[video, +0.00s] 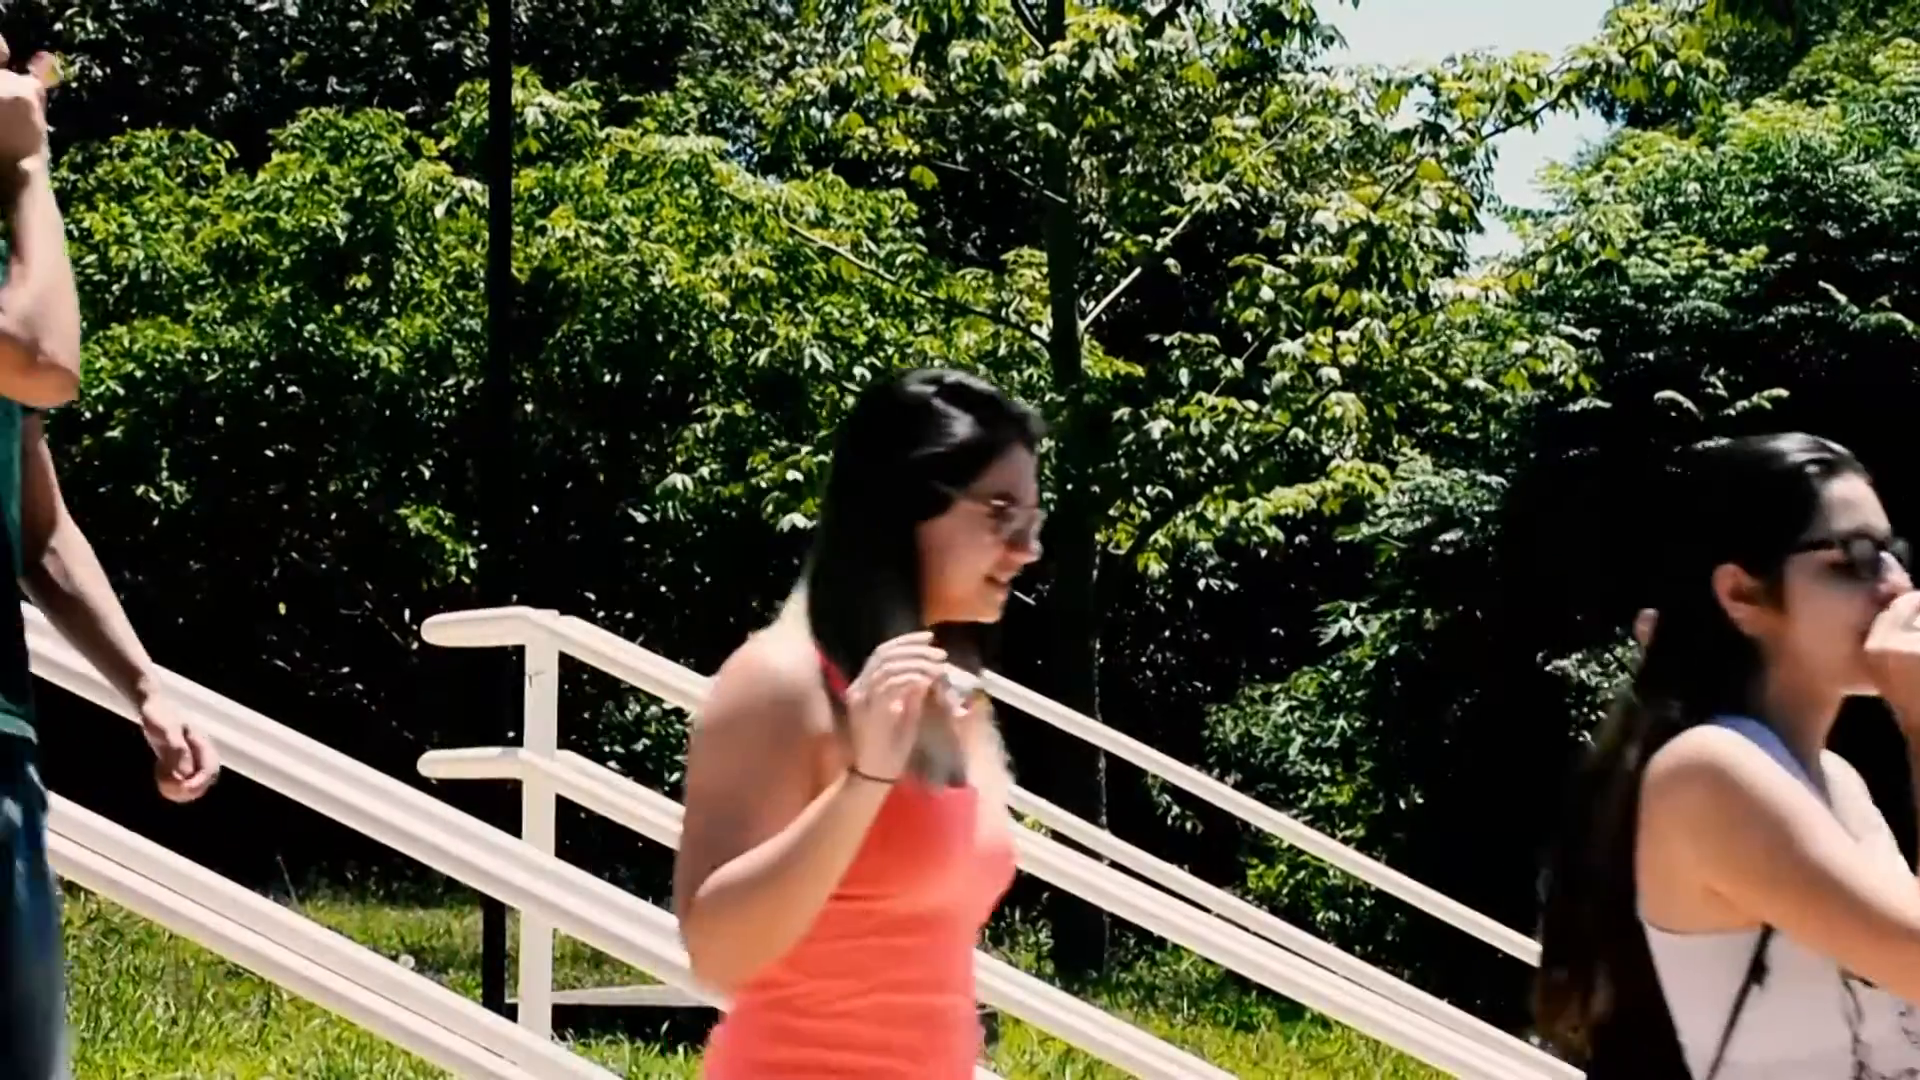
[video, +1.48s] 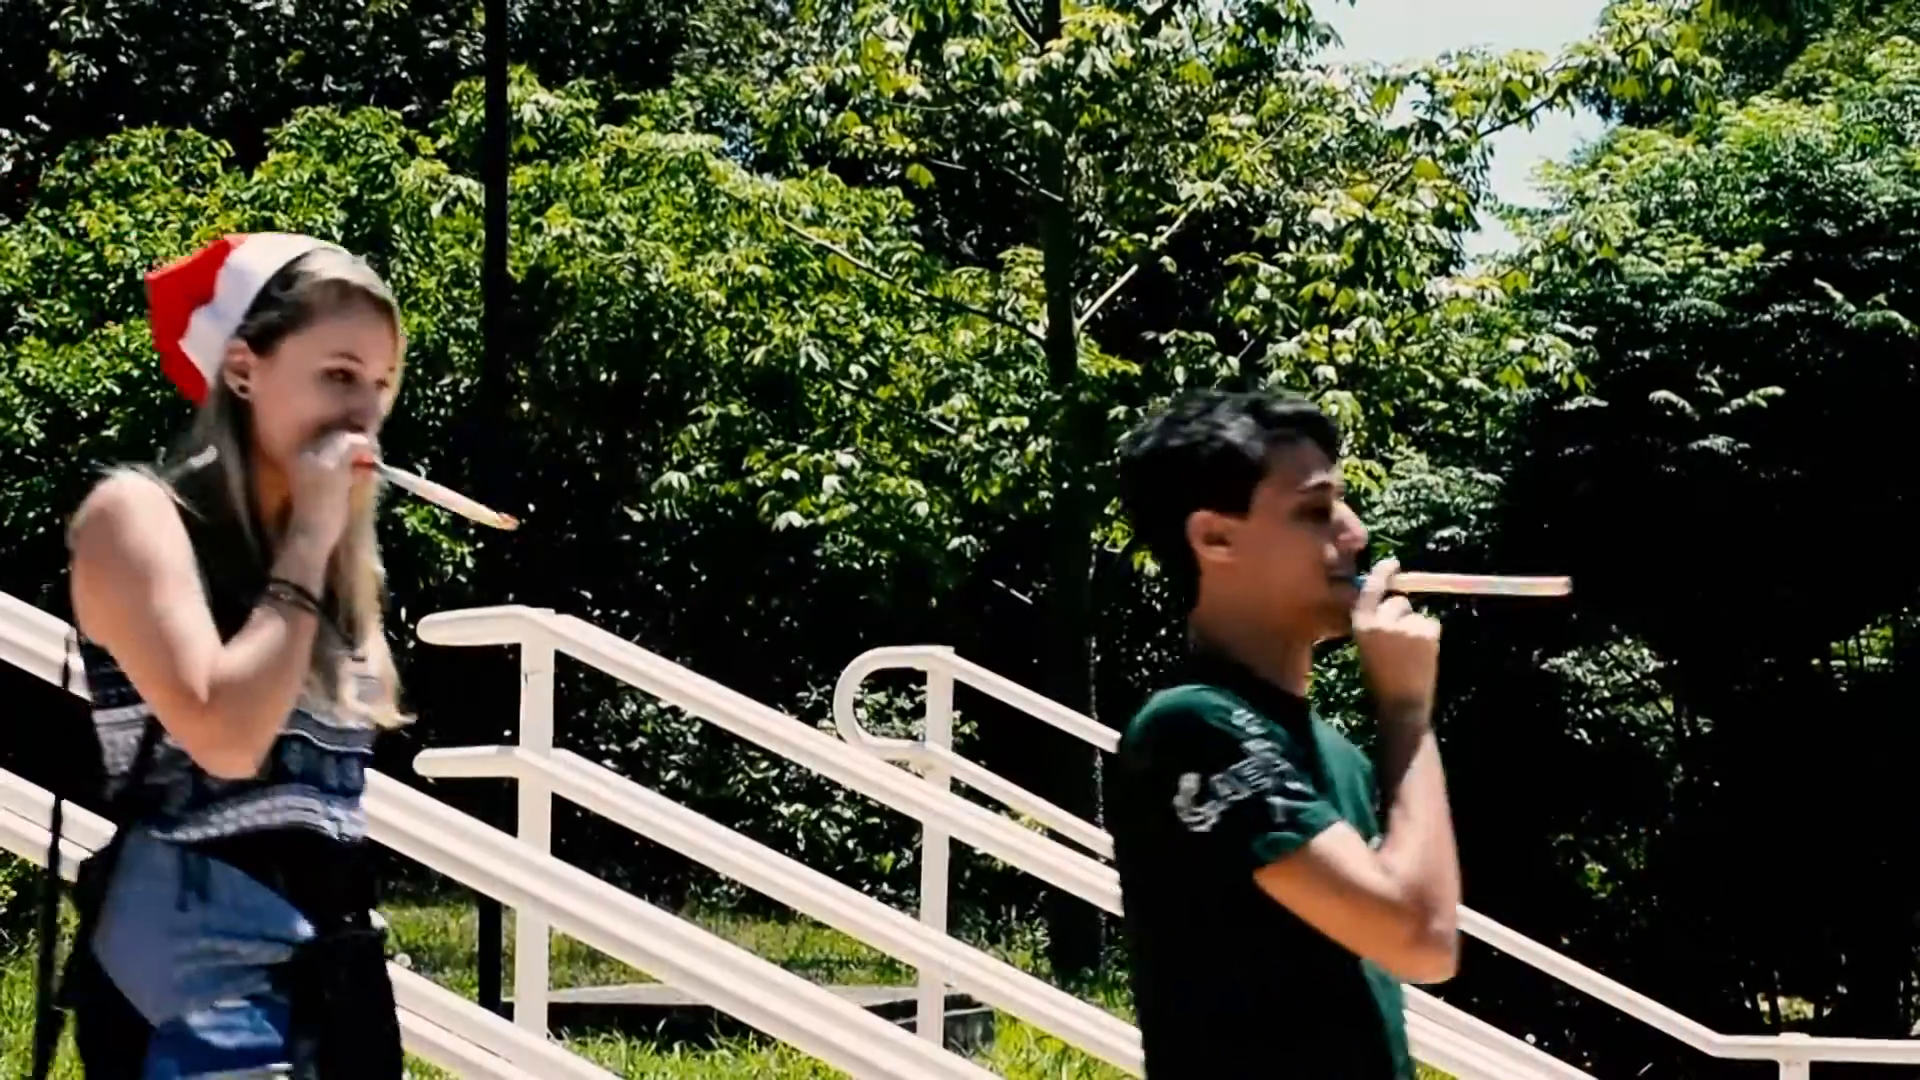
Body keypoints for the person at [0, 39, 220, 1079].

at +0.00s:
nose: (18, 83)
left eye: (17, 70)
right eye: (8, 70)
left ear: (15, 99)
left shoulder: (11, 301)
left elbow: (45, 533)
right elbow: (49, 358)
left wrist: (142, 683)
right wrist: (30, 163)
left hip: (4, 752)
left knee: (34, 1050)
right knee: (26, 1048)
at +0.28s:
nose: (201, 187)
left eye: (201, 157)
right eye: (175, 153)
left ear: (89, 157)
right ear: (75, 153)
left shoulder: (172, 364)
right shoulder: (20, 333)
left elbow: (157, 610)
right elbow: (226, 516)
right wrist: (224, 310)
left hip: (212, 869)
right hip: (73, 893)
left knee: (356, 1071)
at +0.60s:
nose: (444, 271)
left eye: (437, 243)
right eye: (410, 243)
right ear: (310, 257)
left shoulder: (435, 473)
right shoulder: (272, 432)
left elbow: (479, 761)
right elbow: (490, 597)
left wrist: (529, 995)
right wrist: (471, 391)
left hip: (463, 970)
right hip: (356, 975)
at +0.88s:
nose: (703, 309)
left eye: (691, 280)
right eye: (665, 283)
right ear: (569, 306)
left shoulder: (684, 512)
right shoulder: (527, 485)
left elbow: (742, 791)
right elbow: (747, 657)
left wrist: (864, 935)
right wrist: (727, 449)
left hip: (691, 1011)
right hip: (574, 1021)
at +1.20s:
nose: (1027, 429)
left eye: (1012, 403)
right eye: (986, 411)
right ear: (894, 447)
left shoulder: (1015, 655)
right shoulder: (862, 633)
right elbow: (1035, 877)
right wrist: (1070, 657)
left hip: (1015, 1052)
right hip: (886, 1054)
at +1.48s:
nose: (1356, 535)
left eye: (1343, 505)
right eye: (1315, 512)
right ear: (1215, 541)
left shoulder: (1341, 757)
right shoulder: (1191, 732)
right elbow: (1422, 938)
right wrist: (1407, 714)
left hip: (1380, 1061)